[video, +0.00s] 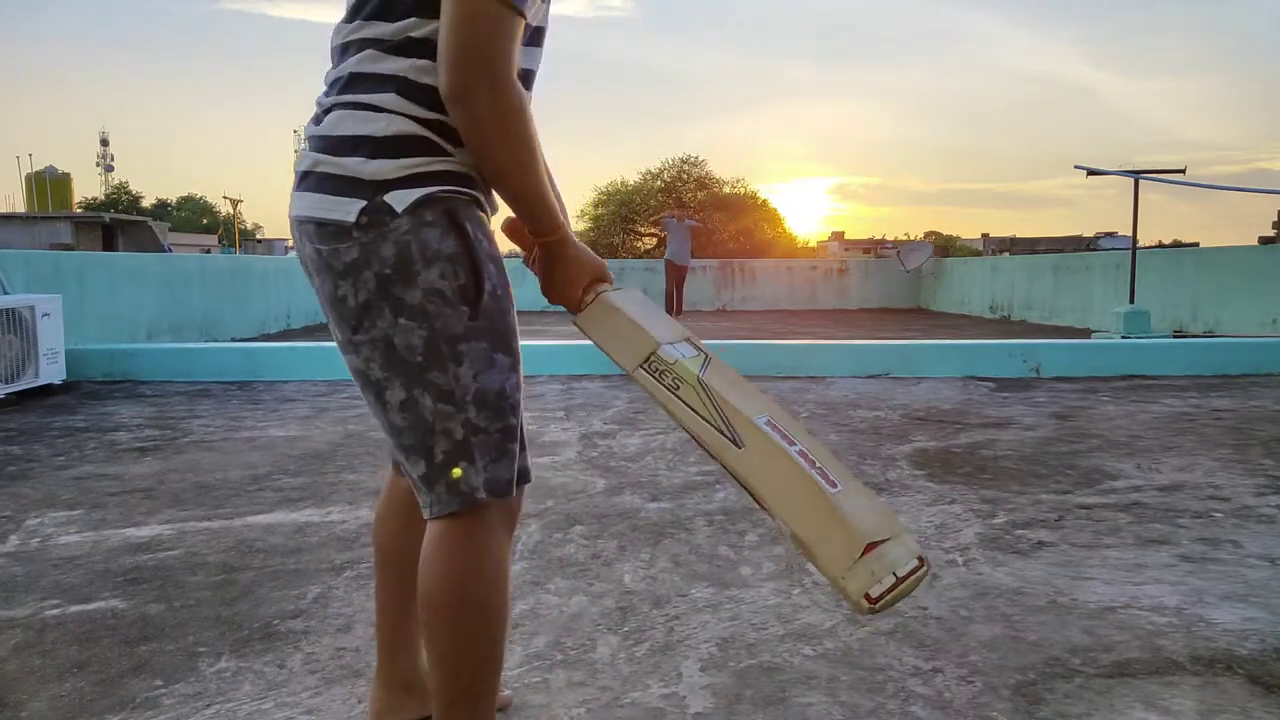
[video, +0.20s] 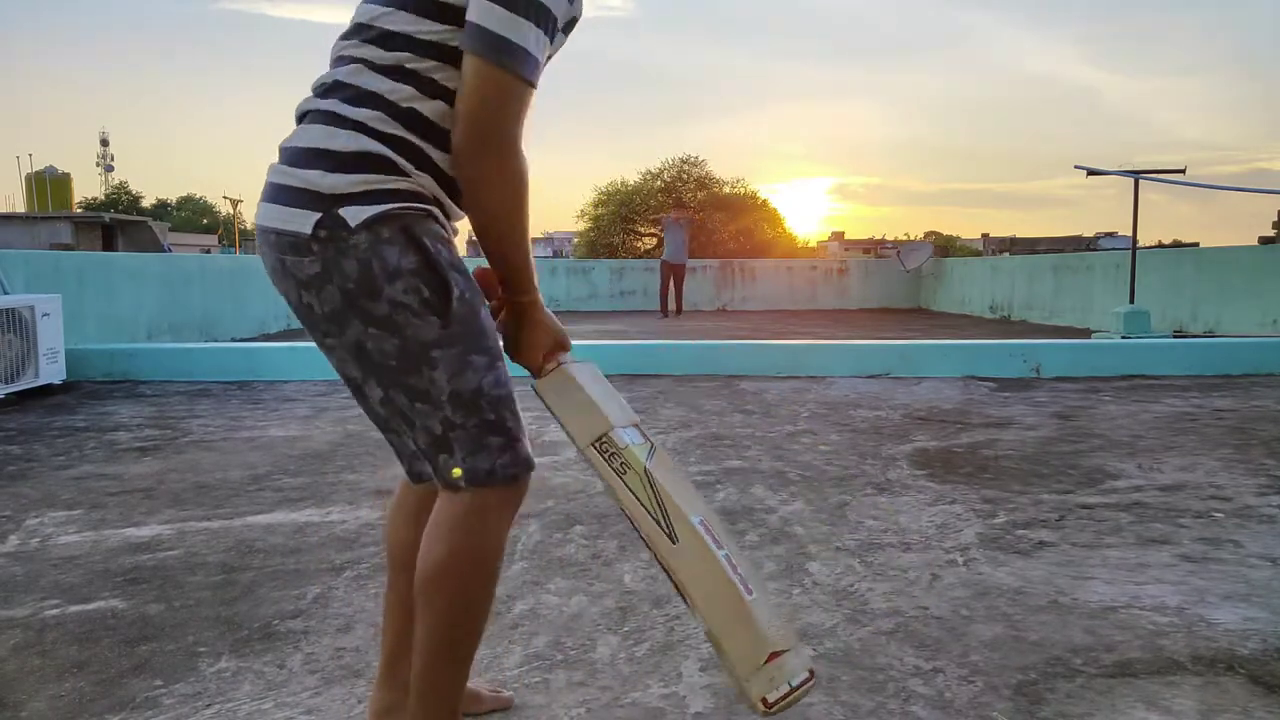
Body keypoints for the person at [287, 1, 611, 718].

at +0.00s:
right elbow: (478, 83)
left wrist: (523, 217)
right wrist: (557, 238)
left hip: (338, 201)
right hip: (412, 204)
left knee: (422, 464)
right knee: (482, 490)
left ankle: (399, 686)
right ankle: (468, 705)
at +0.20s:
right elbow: (485, 144)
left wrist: (490, 263)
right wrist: (528, 307)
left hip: (310, 215)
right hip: (368, 217)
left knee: (437, 467)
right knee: (490, 474)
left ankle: (398, 690)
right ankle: (433, 702)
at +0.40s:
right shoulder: (567, 5)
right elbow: (494, 174)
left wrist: (472, 328)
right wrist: (489, 333)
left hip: (296, 207)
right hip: (366, 210)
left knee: (417, 477)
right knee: (476, 470)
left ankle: (398, 689)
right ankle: (431, 701)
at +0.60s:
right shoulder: (569, 7)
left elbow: (465, 167)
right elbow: (490, 168)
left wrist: (502, 320)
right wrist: (516, 322)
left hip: (327, 215)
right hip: (381, 216)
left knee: (449, 483)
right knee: (503, 477)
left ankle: (403, 689)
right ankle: (441, 701)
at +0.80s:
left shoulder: (559, 18)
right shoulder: (561, 2)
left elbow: (492, 146)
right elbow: (455, 106)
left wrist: (546, 259)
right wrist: (540, 258)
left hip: (362, 229)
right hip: (399, 228)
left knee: (476, 481)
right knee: (525, 476)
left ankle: (406, 688)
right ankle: (444, 703)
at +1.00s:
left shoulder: (583, 20)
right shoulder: (569, 5)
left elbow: (511, 154)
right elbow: (446, 103)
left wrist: (551, 262)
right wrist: (517, 248)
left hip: (374, 234)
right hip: (409, 233)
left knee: (490, 469)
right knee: (551, 461)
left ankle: (404, 684)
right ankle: (448, 700)